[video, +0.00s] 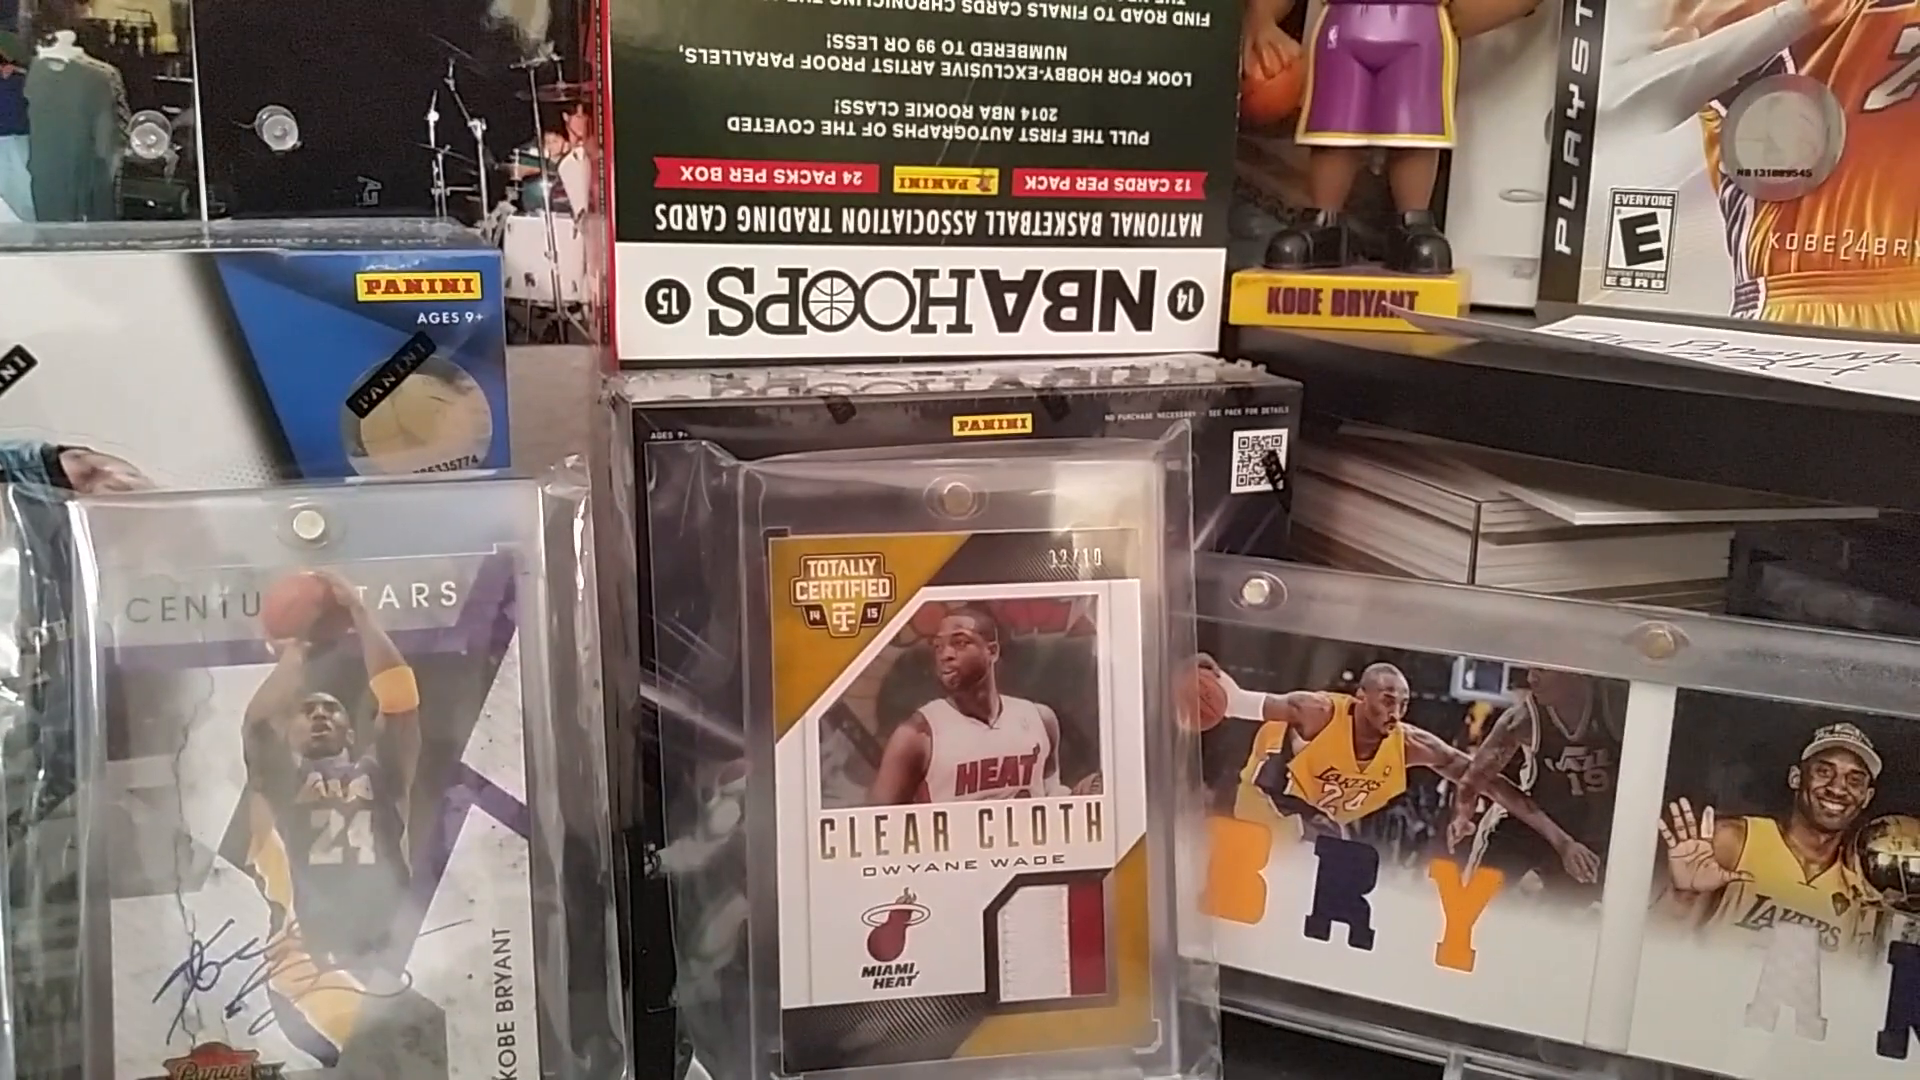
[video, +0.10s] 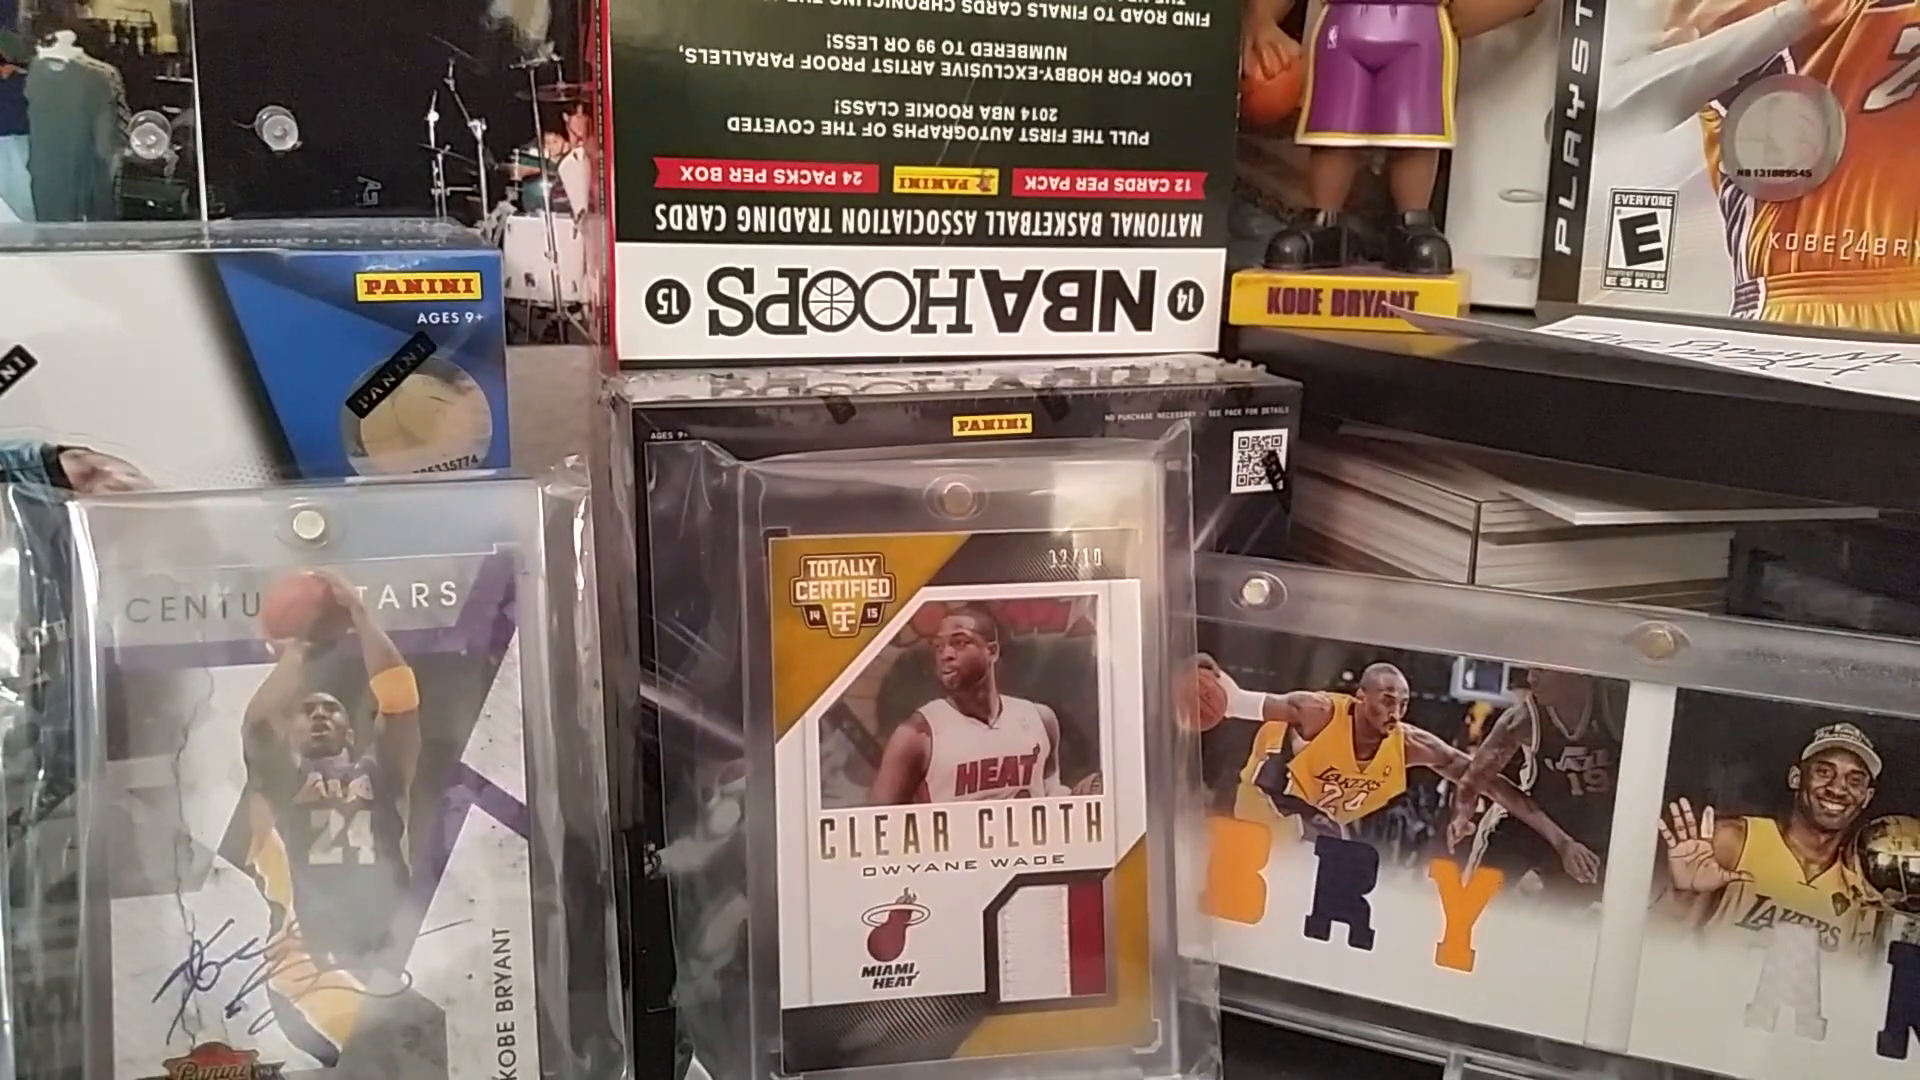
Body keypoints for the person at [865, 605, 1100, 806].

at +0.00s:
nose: (945, 655)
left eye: (960, 642)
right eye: (938, 646)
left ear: (992, 652)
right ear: (933, 654)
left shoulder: (1041, 722)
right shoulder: (916, 736)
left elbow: (1051, 801)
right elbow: (876, 829)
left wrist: (1078, 799)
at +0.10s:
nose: (945, 654)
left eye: (959, 642)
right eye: (938, 646)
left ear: (992, 651)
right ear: (933, 654)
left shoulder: (1042, 721)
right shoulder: (916, 736)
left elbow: (1051, 799)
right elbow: (876, 829)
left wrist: (1079, 799)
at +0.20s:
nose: (944, 655)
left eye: (959, 642)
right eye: (938, 646)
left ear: (992, 652)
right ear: (933, 654)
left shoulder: (1042, 721)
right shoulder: (916, 736)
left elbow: (1051, 801)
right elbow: (875, 830)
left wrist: (1080, 798)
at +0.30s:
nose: (944, 655)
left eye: (959, 642)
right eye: (938, 646)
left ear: (992, 652)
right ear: (933, 654)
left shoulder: (1041, 722)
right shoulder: (915, 736)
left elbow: (1051, 800)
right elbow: (876, 830)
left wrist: (1079, 798)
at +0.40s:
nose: (944, 655)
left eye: (959, 642)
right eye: (938, 646)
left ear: (992, 651)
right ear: (933, 654)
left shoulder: (1041, 722)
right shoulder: (915, 737)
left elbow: (1051, 799)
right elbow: (876, 830)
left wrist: (1079, 799)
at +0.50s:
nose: (945, 655)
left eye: (960, 642)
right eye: (939, 646)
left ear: (993, 652)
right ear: (934, 654)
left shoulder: (1042, 722)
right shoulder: (916, 736)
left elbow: (1052, 801)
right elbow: (877, 830)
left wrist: (1080, 799)